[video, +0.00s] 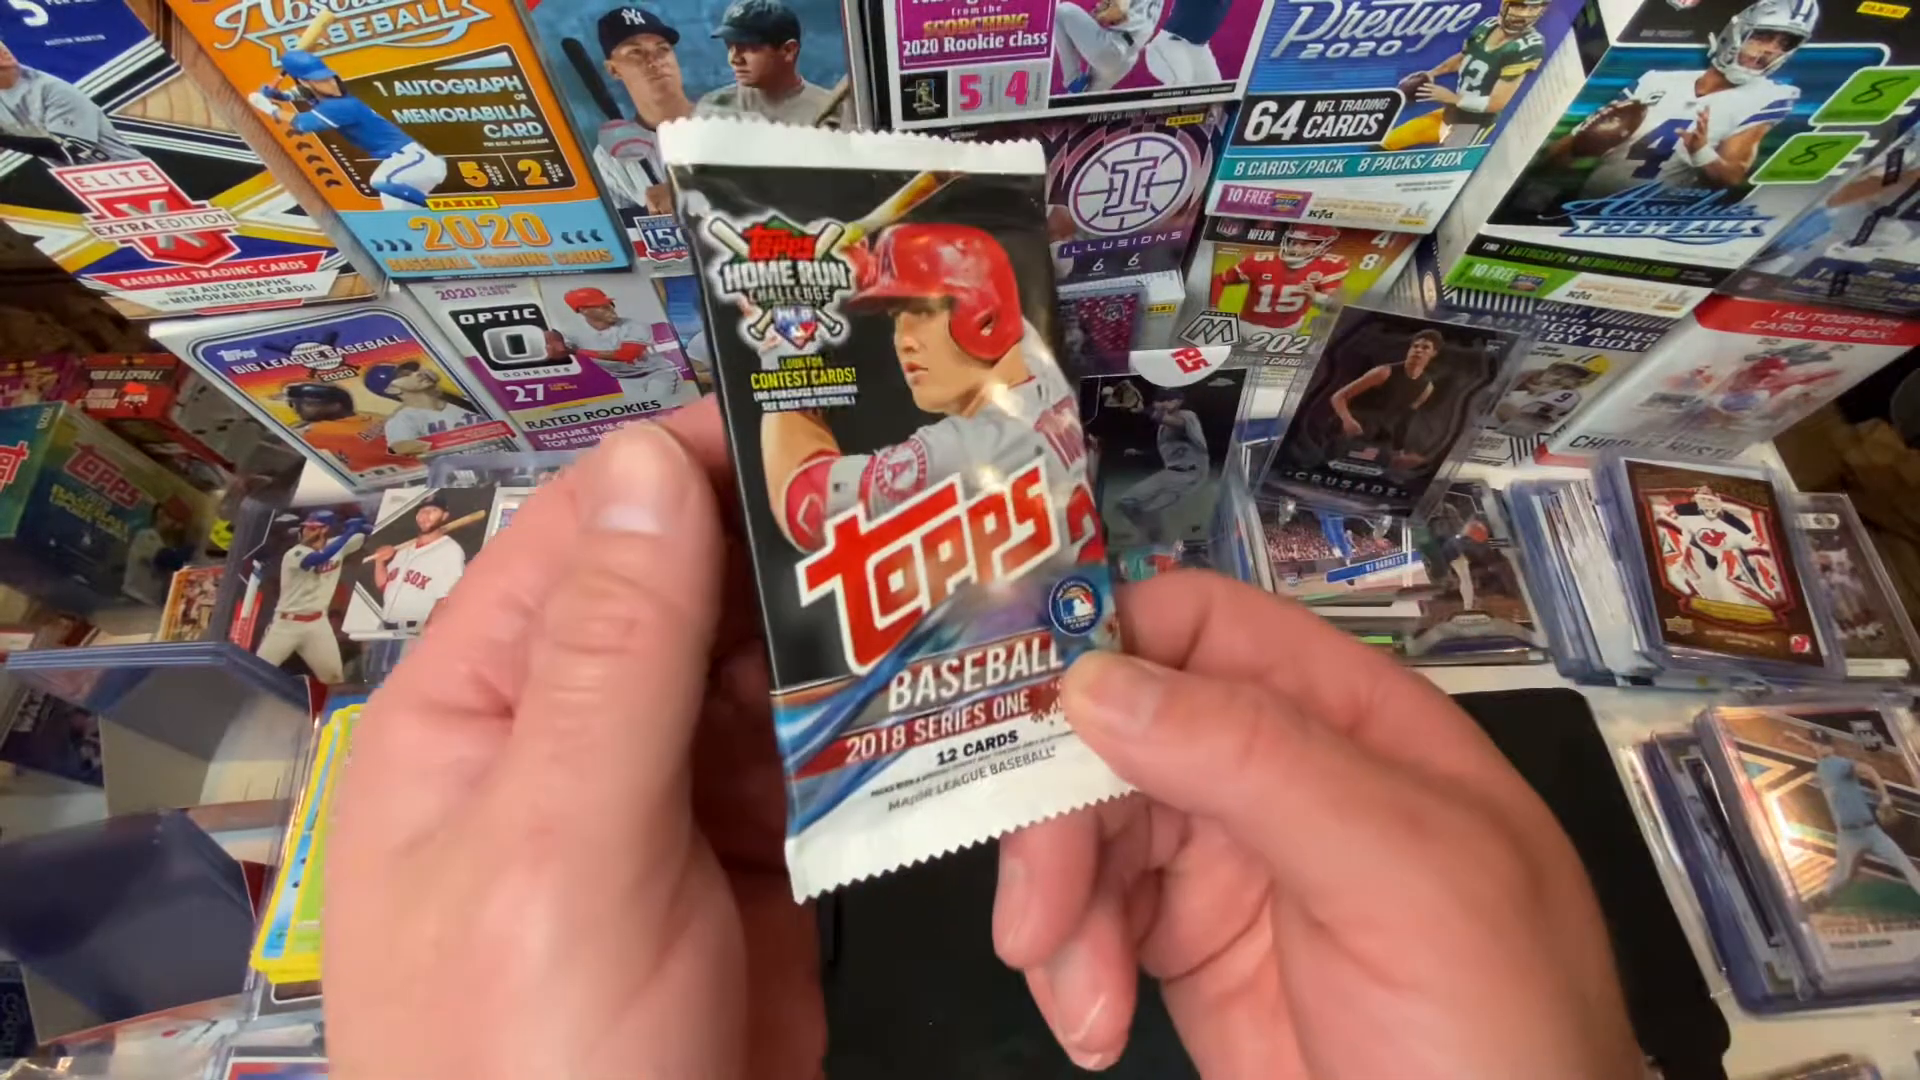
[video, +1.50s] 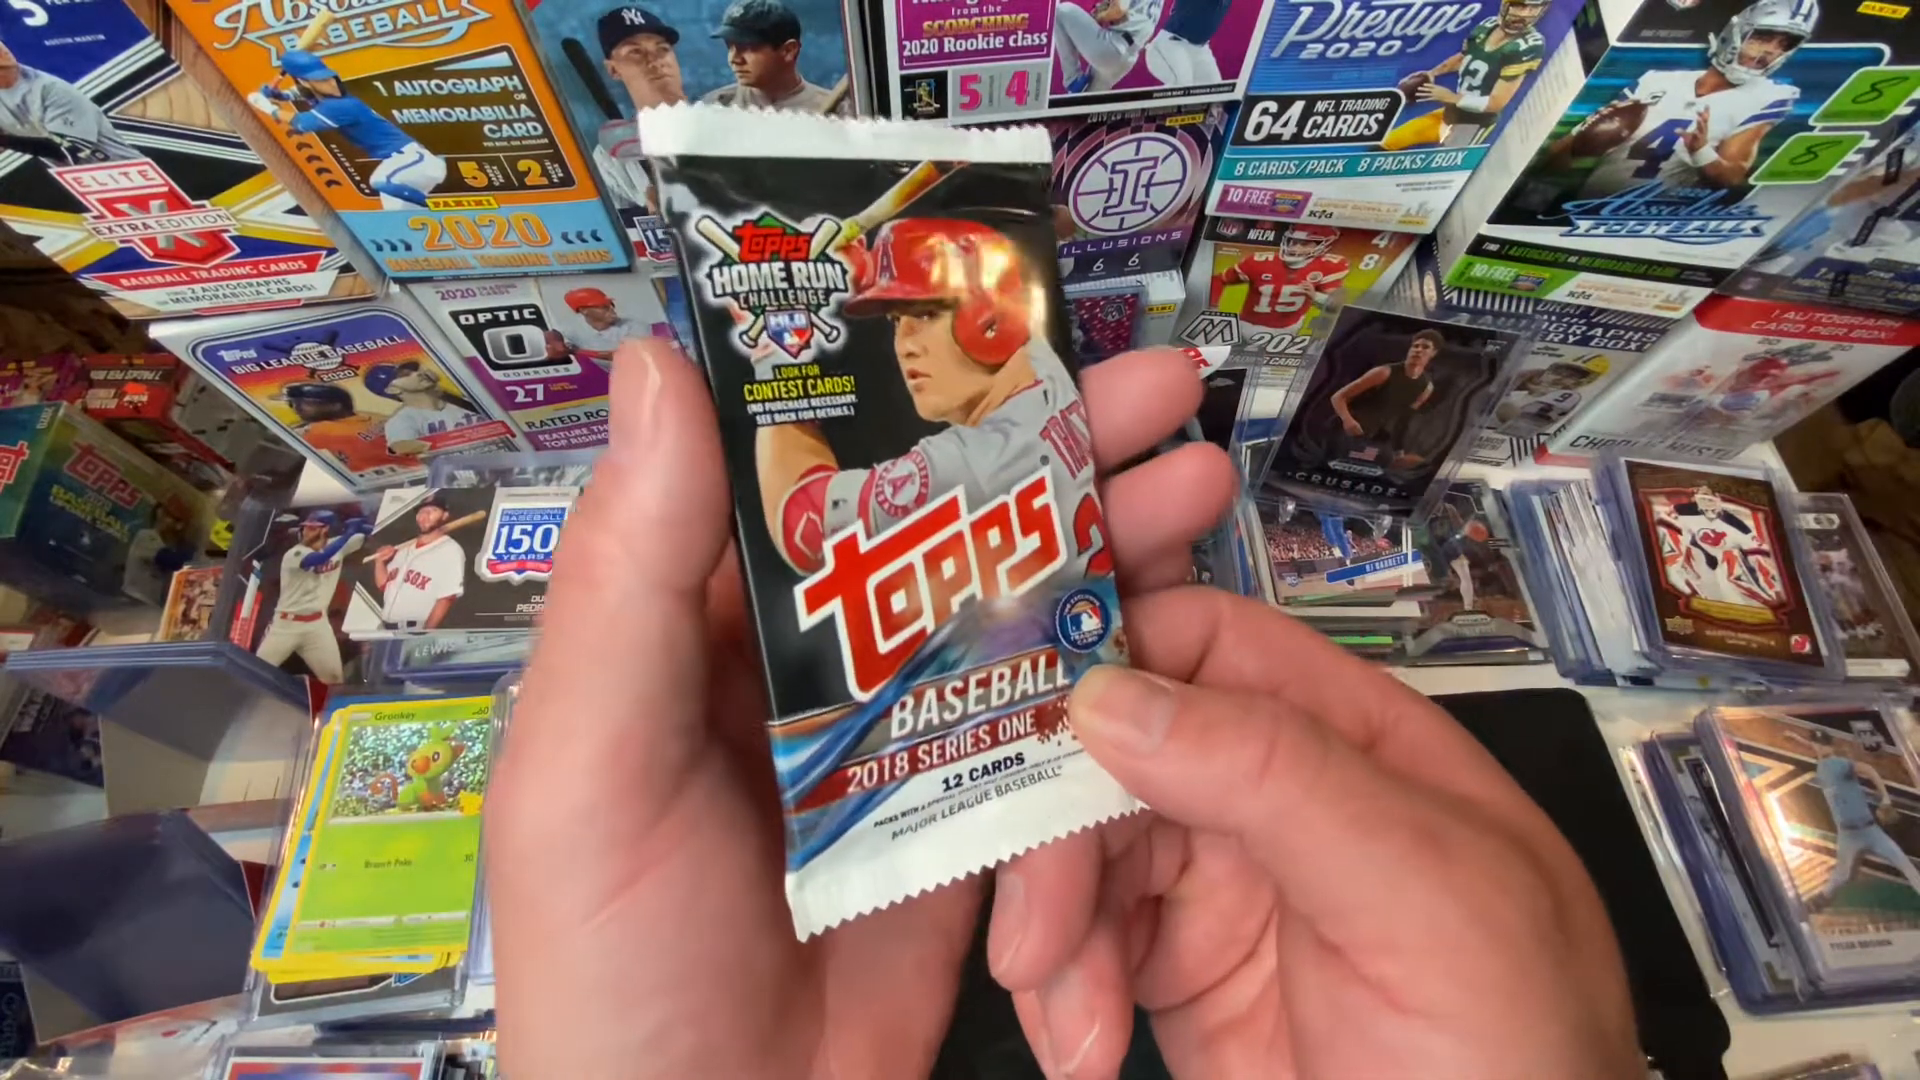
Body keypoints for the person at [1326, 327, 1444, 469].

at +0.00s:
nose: (1418, 350)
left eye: (1425, 347)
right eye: (1415, 346)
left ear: (1433, 354)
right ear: (1409, 349)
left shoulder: (1426, 389)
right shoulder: (1384, 373)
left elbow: (1404, 418)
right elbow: (1338, 397)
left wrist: (1399, 452)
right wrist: (1348, 421)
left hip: (1384, 441)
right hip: (1356, 436)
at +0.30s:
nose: (1418, 350)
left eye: (1425, 347)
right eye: (1415, 346)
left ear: (1433, 354)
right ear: (1409, 349)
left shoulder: (1426, 389)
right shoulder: (1384, 373)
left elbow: (1404, 417)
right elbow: (1338, 397)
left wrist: (1399, 453)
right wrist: (1348, 421)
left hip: (1383, 441)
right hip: (1356, 436)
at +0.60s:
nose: (1418, 350)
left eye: (1425, 347)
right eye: (1415, 346)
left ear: (1434, 354)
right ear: (1410, 349)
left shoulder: (1426, 389)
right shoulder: (1383, 373)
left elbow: (1404, 418)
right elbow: (1338, 397)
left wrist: (1399, 453)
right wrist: (1347, 419)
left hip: (1379, 436)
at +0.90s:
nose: (1418, 350)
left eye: (1425, 347)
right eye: (1416, 346)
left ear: (1434, 354)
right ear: (1410, 349)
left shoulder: (1426, 389)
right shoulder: (1384, 373)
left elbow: (1404, 418)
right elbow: (1338, 397)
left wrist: (1399, 453)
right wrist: (1347, 420)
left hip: (1379, 436)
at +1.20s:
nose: (1418, 350)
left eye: (1425, 347)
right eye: (1416, 346)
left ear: (1433, 354)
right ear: (1410, 349)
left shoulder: (1426, 389)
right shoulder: (1384, 373)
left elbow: (1404, 418)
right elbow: (1338, 397)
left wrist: (1400, 452)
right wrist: (1347, 420)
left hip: (1382, 441)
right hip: (1354, 435)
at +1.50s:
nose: (1418, 350)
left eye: (1425, 347)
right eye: (1415, 346)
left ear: (1433, 354)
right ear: (1409, 349)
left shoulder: (1426, 389)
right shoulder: (1384, 373)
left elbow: (1404, 419)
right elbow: (1338, 397)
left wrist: (1399, 452)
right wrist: (1347, 420)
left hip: (1382, 442)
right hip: (1354, 435)